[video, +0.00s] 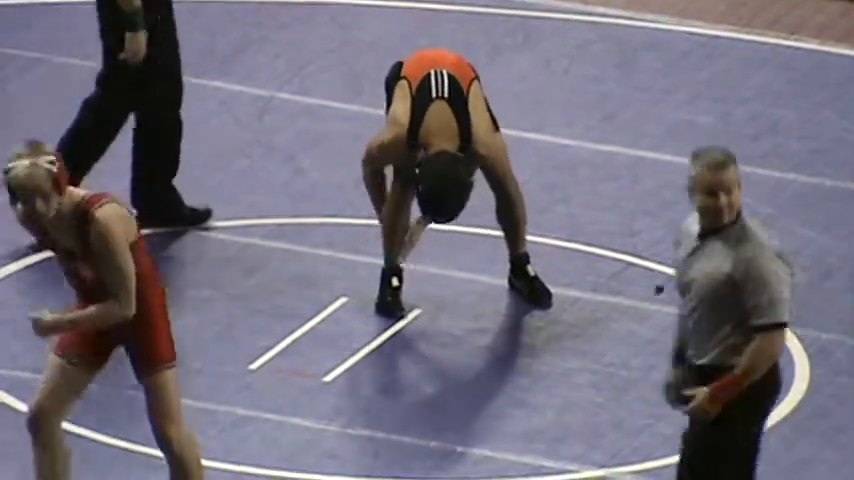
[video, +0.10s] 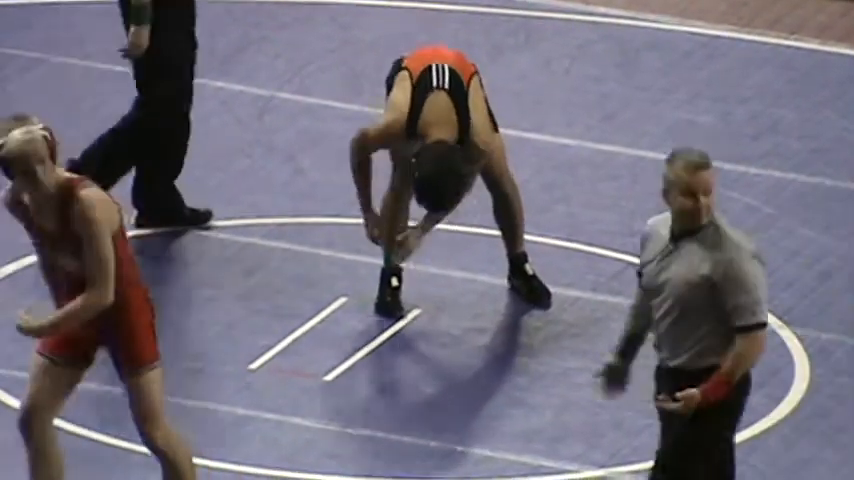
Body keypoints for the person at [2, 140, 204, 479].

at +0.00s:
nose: (29, 211)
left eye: (38, 199)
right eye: (20, 202)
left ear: (60, 186)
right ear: (12, 201)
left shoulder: (104, 221)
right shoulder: (41, 219)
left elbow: (125, 306)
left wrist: (59, 323)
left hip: (143, 316)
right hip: (94, 315)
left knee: (169, 433)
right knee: (42, 419)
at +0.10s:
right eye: (17, 175)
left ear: (49, 148)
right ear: (7, 168)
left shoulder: (89, 203)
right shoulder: (16, 203)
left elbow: (102, 294)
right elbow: (48, 255)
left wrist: (50, 324)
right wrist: (64, 312)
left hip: (125, 310)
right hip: (74, 311)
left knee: (153, 430)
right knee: (33, 419)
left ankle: (185, 471)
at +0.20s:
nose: (23, 159)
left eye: (27, 147)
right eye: (12, 152)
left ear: (41, 137)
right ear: (1, 152)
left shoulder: (72, 187)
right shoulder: (9, 185)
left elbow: (84, 280)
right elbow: (27, 245)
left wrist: (27, 321)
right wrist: (31, 311)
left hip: (104, 310)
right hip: (59, 308)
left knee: (122, 440)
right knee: (29, 422)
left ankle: (172, 472)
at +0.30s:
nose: (3, 127)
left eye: (7, 118)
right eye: (2, 120)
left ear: (26, 119)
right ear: (9, 125)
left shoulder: (59, 180)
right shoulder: (9, 175)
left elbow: (74, 272)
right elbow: (23, 233)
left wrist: (14, 303)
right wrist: (6, 280)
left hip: (83, 306)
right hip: (45, 302)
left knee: (71, 438)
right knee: (28, 421)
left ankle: (130, 471)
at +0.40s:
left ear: (12, 120)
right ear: (11, 120)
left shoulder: (43, 181)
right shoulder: (14, 169)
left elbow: (60, 267)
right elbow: (25, 234)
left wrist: (3, 293)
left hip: (59, 308)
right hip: (39, 300)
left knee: (18, 434)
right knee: (34, 430)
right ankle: (53, 471)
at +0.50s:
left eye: (0, 103)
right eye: (2, 104)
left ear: (5, 106)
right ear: (6, 106)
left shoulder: (17, 183)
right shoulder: (29, 150)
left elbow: (37, 268)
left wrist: (0, 295)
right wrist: (12, 280)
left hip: (31, 311)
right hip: (52, 299)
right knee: (33, 421)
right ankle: (50, 474)